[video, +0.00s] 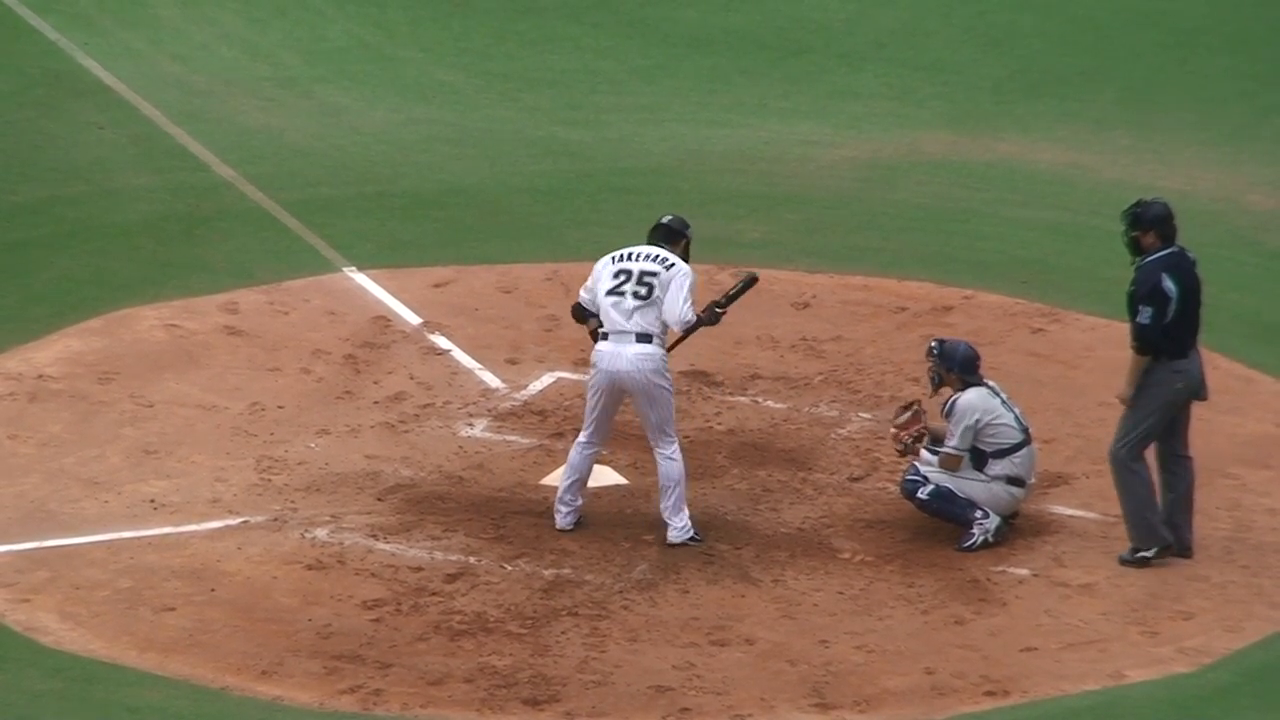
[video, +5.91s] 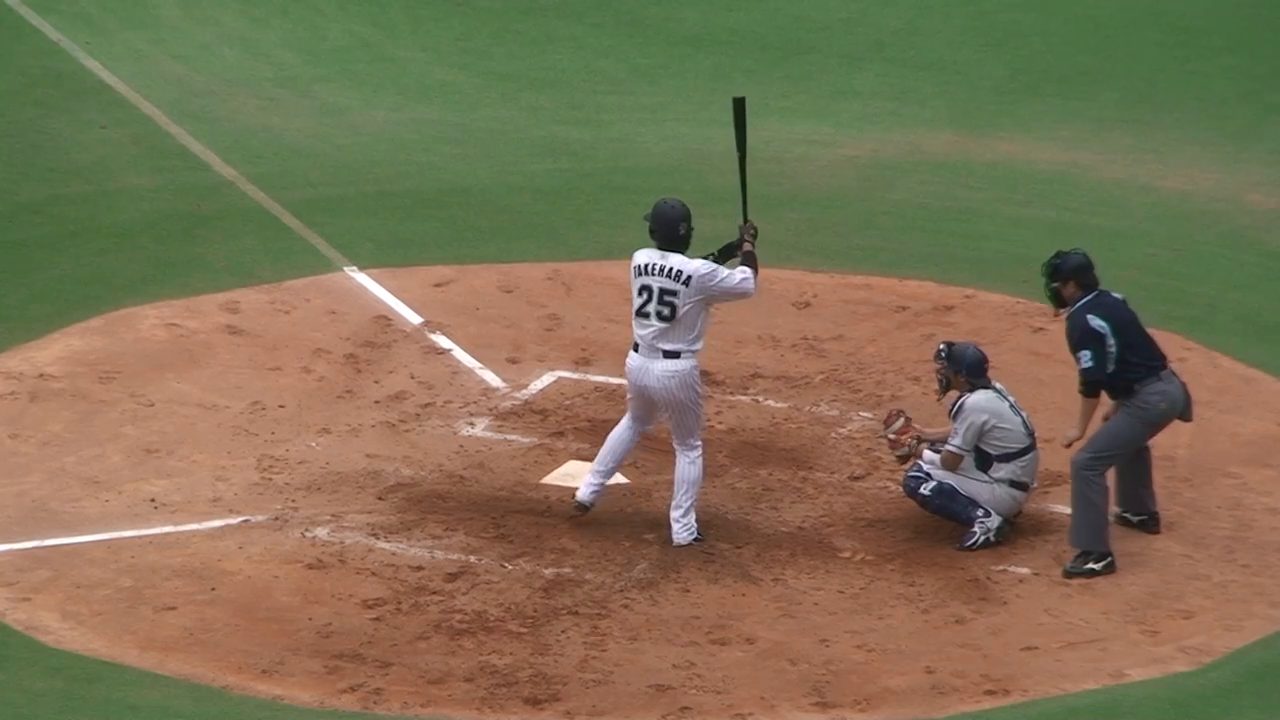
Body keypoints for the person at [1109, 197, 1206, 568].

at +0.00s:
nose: (1131, 237)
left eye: (1135, 232)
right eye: (1133, 230)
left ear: (1148, 236)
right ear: (1166, 232)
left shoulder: (1152, 272)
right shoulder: (1183, 261)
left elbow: (1144, 341)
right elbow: (1185, 323)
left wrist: (1129, 385)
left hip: (1163, 373)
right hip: (1186, 369)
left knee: (1124, 451)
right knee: (1174, 453)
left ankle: (1149, 540)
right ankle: (1177, 536)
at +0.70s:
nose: (1091, 247)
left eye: (1096, 242)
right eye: (1092, 241)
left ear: (1109, 247)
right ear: (1124, 245)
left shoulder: (1105, 288)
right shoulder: (1145, 272)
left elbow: (1100, 352)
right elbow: (1151, 330)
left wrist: (1087, 396)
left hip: (1128, 383)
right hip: (1156, 375)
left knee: (1101, 463)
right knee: (1139, 450)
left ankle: (1100, 556)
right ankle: (1170, 528)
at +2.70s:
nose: (1091, 237)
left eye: (1096, 232)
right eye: (1093, 230)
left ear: (1109, 238)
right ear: (1124, 235)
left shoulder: (1108, 276)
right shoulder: (1142, 262)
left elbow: (1104, 343)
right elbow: (1144, 321)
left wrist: (1091, 387)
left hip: (1123, 373)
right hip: (1145, 364)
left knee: (1108, 457)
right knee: (1138, 443)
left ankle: (1102, 553)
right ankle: (1144, 512)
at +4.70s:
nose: (1092, 237)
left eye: (1096, 233)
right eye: (1095, 231)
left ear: (1107, 238)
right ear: (1125, 234)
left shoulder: (1106, 278)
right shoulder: (1142, 262)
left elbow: (1102, 344)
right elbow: (1143, 321)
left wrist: (1092, 387)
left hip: (1120, 373)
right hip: (1144, 364)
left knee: (1109, 457)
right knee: (1137, 443)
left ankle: (1105, 552)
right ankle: (1146, 512)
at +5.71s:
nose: (1057, 275)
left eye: (1061, 269)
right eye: (1057, 269)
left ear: (1075, 272)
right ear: (1087, 267)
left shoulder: (1084, 305)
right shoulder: (1113, 286)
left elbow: (1090, 366)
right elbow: (1132, 343)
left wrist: (1079, 416)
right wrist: (1114, 390)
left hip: (1150, 387)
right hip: (1166, 378)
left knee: (1094, 460)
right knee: (1131, 441)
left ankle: (1095, 552)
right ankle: (1142, 513)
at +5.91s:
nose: (1055, 289)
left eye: (1058, 283)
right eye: (1054, 283)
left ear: (1072, 285)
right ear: (1085, 280)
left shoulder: (1082, 318)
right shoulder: (1111, 299)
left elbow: (1091, 380)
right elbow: (1132, 352)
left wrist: (1080, 429)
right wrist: (1118, 401)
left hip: (1153, 396)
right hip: (1170, 387)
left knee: (1086, 464)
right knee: (1128, 438)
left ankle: (1095, 552)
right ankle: (1140, 512)